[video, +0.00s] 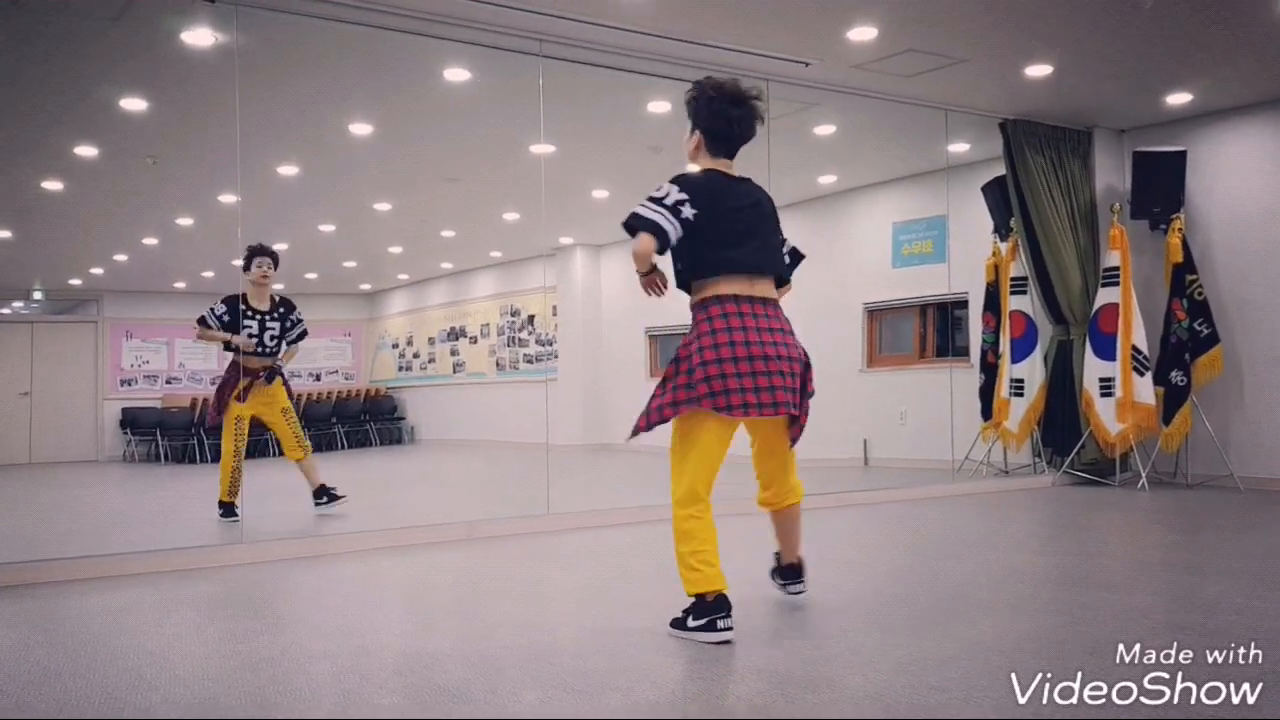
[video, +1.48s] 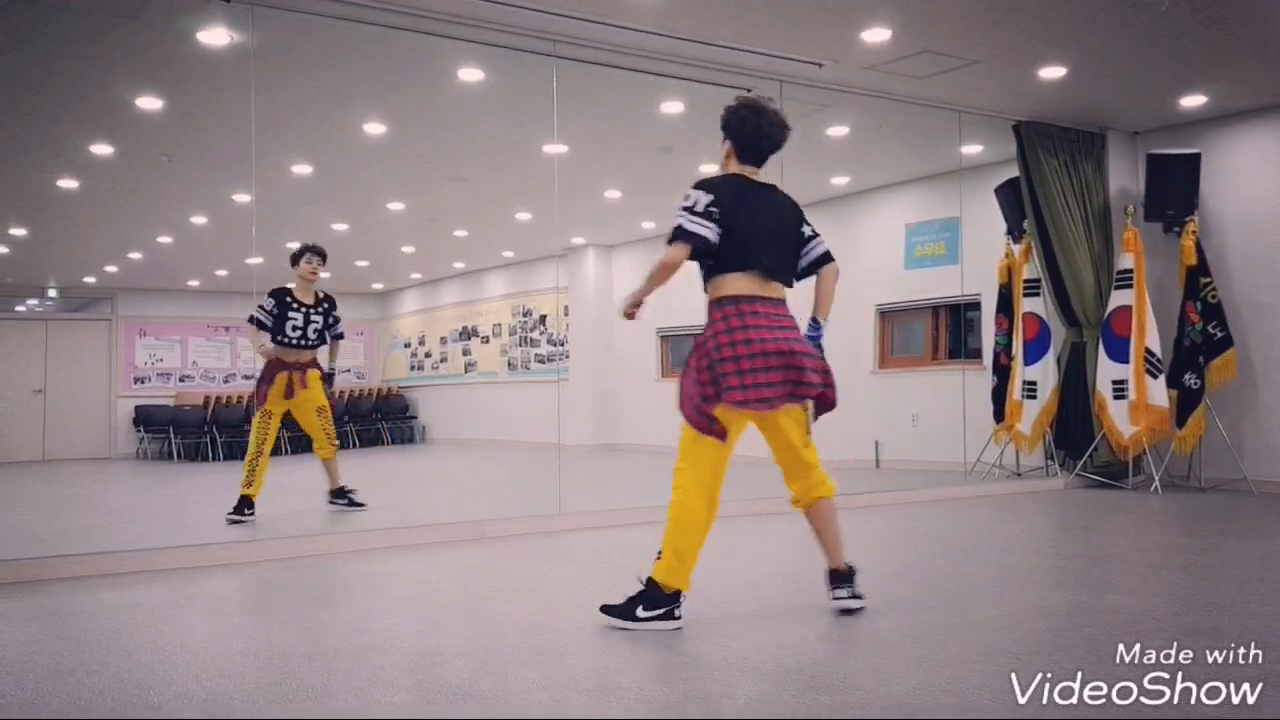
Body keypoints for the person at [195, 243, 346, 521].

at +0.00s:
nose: (265, 271)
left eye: (270, 267)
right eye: (259, 266)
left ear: (275, 273)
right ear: (247, 271)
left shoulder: (284, 307)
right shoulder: (232, 304)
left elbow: (294, 345)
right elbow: (201, 331)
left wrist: (278, 366)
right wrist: (232, 338)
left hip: (272, 383)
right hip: (239, 383)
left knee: (295, 435)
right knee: (233, 447)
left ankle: (319, 490)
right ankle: (227, 502)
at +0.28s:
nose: (291, 269)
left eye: (295, 265)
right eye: (285, 265)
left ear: (301, 270)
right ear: (275, 271)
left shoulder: (314, 298)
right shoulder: (267, 308)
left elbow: (337, 329)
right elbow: (265, 349)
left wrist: (324, 358)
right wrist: (252, 337)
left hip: (312, 375)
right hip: (280, 376)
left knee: (328, 438)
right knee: (254, 438)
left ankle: (338, 490)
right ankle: (237, 496)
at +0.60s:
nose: (332, 266)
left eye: (336, 261)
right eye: (326, 261)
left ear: (341, 265)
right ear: (315, 266)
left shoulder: (353, 294)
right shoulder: (305, 299)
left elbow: (381, 314)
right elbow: (288, 334)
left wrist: (379, 328)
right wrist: (296, 321)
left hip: (354, 366)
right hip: (323, 369)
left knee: (352, 433)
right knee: (331, 435)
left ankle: (346, 486)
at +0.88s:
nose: (353, 283)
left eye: (357, 279)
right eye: (347, 278)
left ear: (362, 283)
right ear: (335, 283)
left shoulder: (367, 315)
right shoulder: (326, 312)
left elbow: (375, 353)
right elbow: (319, 347)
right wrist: (323, 379)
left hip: (365, 380)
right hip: (338, 384)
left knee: (380, 440)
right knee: (352, 444)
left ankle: (366, 485)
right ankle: (362, 490)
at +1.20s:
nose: (353, 280)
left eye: (357, 277)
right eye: (347, 275)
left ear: (360, 284)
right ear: (334, 280)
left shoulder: (363, 318)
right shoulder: (314, 310)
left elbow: (373, 356)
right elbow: (287, 334)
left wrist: (378, 386)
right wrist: (302, 360)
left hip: (356, 386)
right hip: (322, 386)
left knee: (376, 444)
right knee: (293, 436)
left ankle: (364, 490)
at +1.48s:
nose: (313, 267)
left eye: (318, 264)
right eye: (308, 262)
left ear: (322, 270)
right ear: (296, 266)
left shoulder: (327, 303)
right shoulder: (279, 296)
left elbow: (335, 337)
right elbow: (254, 327)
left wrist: (332, 370)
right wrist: (261, 345)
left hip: (310, 375)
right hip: (277, 372)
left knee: (326, 433)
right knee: (260, 440)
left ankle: (336, 489)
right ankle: (246, 500)